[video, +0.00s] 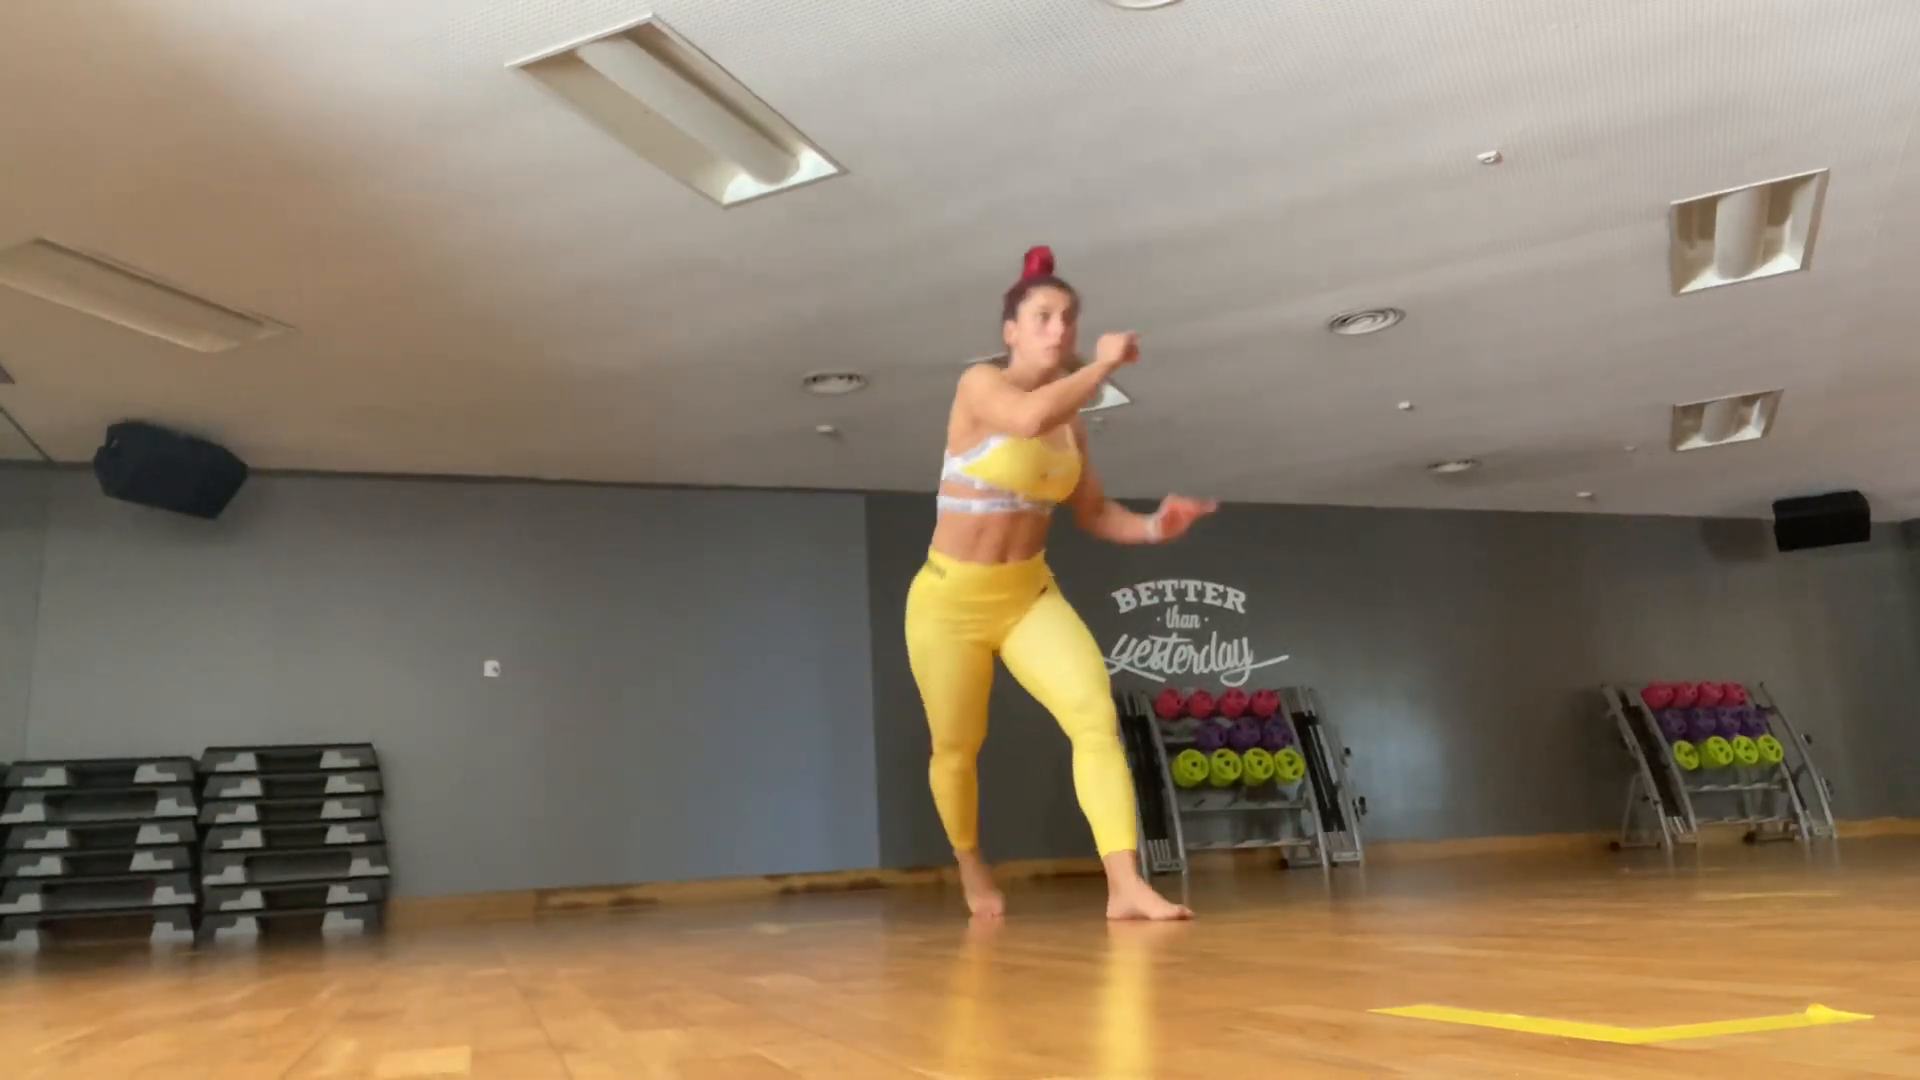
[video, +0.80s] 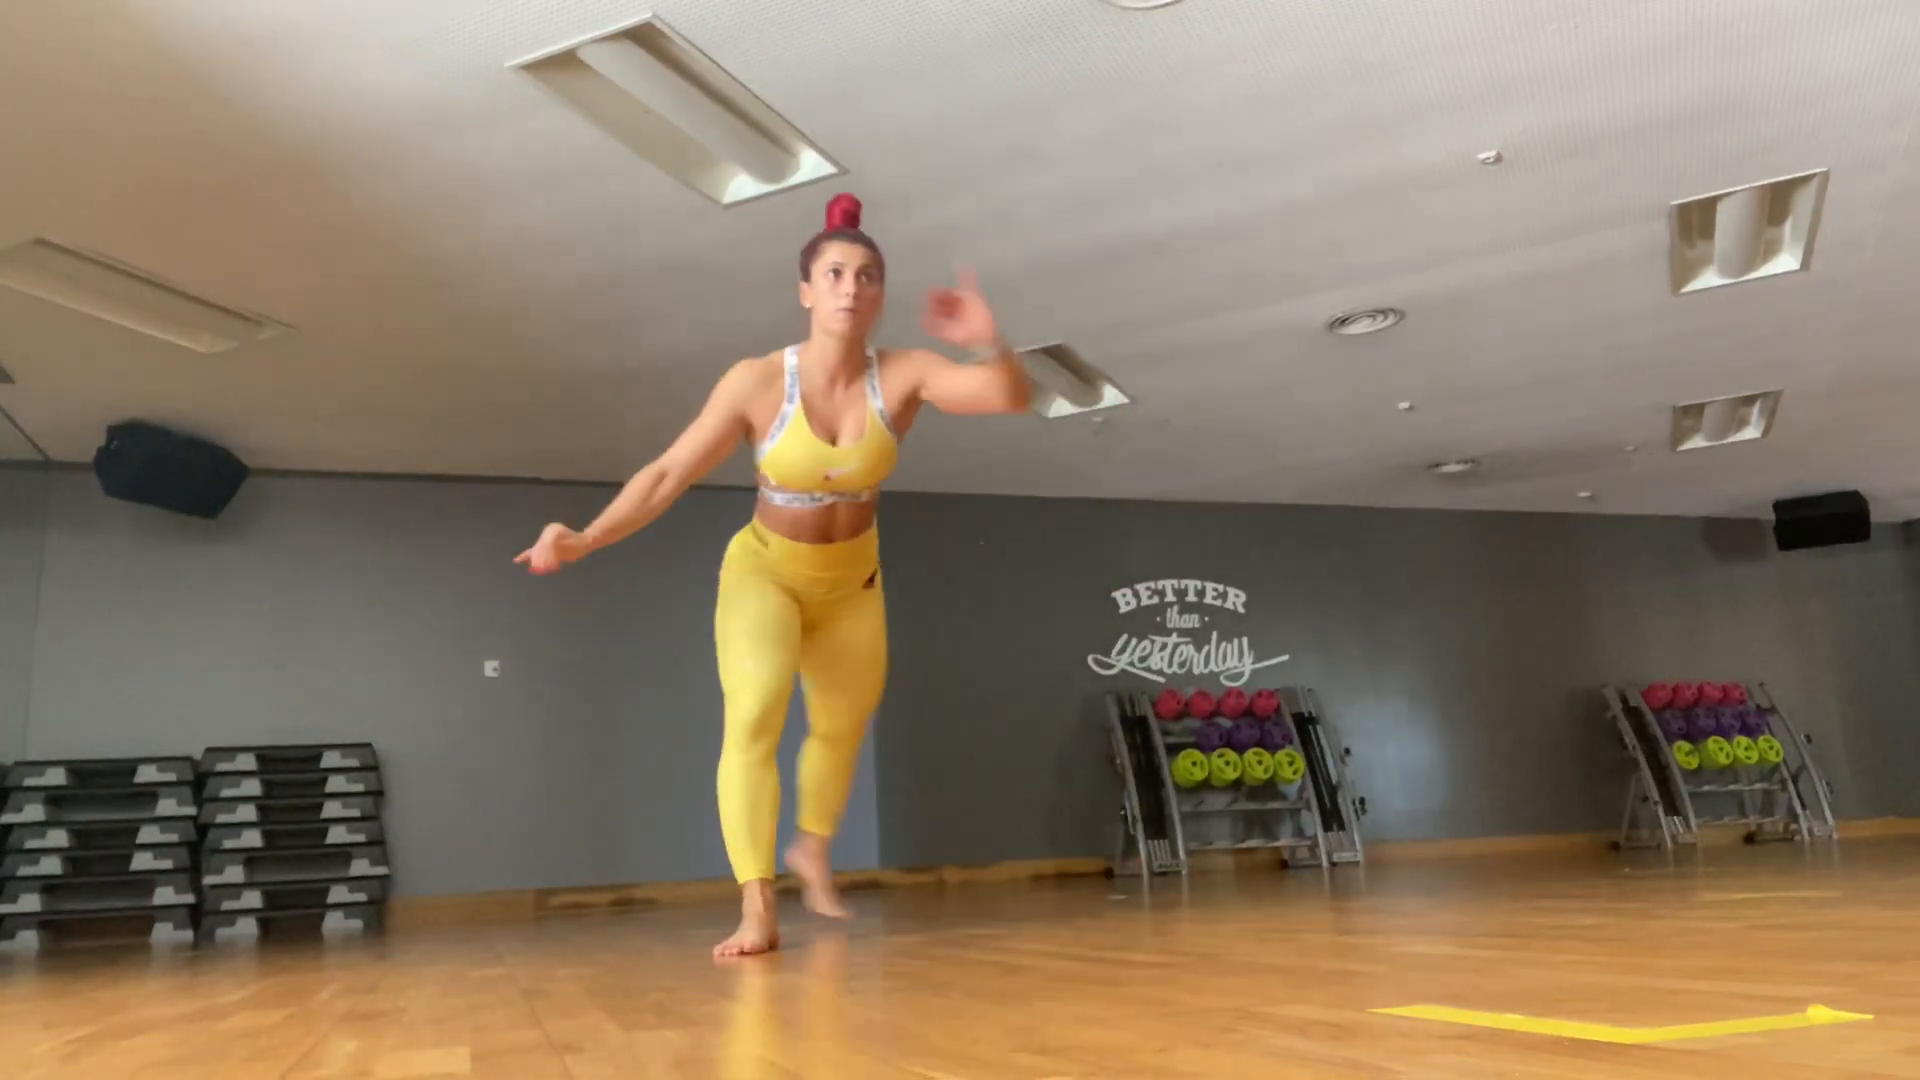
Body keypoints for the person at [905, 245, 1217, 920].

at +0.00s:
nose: (1060, 329)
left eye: (1068, 320)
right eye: (1044, 316)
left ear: (1074, 331)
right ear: (1010, 327)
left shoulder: (1069, 419)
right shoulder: (979, 384)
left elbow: (1093, 513)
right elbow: (1026, 414)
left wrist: (1152, 527)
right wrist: (1100, 368)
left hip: (1029, 599)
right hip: (949, 603)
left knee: (1093, 715)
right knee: (955, 749)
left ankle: (1125, 885)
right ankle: (970, 866)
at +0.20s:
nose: (1083, 321)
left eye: (1094, 309)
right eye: (1066, 306)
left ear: (1105, 322)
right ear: (1035, 321)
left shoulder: (1108, 414)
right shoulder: (995, 378)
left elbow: (1155, 509)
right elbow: (1014, 434)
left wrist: (1164, 466)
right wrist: (1106, 381)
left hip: (1020, 593)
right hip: (937, 581)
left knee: (1096, 707)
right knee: (900, 755)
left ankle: (1121, 888)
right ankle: (857, 874)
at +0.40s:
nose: (977, 325)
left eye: (990, 314)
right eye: (959, 311)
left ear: (1009, 329)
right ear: (931, 327)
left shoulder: (1030, 414)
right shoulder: (892, 395)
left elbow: (1097, 497)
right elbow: (926, 403)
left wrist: (1145, 518)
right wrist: (997, 349)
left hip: (983, 597)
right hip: (889, 596)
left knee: (1075, 711)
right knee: (824, 724)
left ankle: (1121, 892)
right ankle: (771, 904)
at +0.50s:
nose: (927, 326)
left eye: (941, 312)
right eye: (910, 309)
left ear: (960, 325)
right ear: (881, 321)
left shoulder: (978, 410)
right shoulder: (842, 393)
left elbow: (1051, 486)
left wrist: (1111, 504)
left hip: (934, 594)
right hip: (838, 591)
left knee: (1025, 722)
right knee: (797, 723)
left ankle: (1118, 881)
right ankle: (767, 911)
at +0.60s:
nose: (892, 317)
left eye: (907, 303)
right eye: (874, 303)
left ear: (924, 316)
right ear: (845, 315)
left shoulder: (946, 402)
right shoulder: (805, 391)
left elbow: (1031, 465)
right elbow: (750, 455)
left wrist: (1088, 469)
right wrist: (838, 398)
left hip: (893, 589)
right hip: (800, 583)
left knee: (969, 732)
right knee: (769, 722)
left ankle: (1061, 879)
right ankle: (762, 910)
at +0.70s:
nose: (861, 301)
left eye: (875, 288)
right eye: (844, 285)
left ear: (892, 306)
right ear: (814, 302)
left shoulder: (918, 386)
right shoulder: (767, 389)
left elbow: (1022, 431)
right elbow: (686, 468)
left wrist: (1047, 400)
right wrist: (641, 505)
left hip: (865, 580)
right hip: (772, 575)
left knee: (891, 731)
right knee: (753, 724)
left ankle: (897, 873)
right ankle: (757, 909)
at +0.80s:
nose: (853, 286)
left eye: (866, 275)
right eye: (836, 273)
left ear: (881, 296)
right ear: (805, 291)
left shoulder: (904, 374)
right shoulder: (757, 382)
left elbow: (1011, 396)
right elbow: (665, 478)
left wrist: (993, 344)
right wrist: (586, 539)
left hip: (852, 580)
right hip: (765, 571)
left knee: (842, 726)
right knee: (754, 719)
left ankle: (813, 848)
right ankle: (756, 905)